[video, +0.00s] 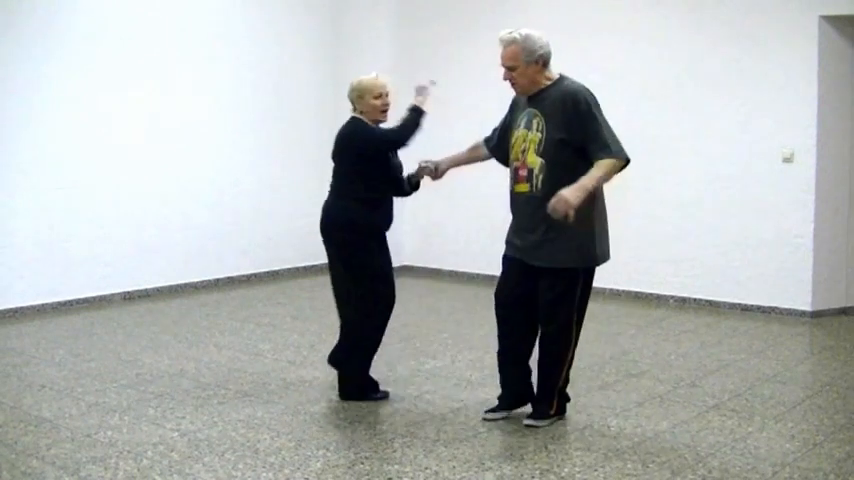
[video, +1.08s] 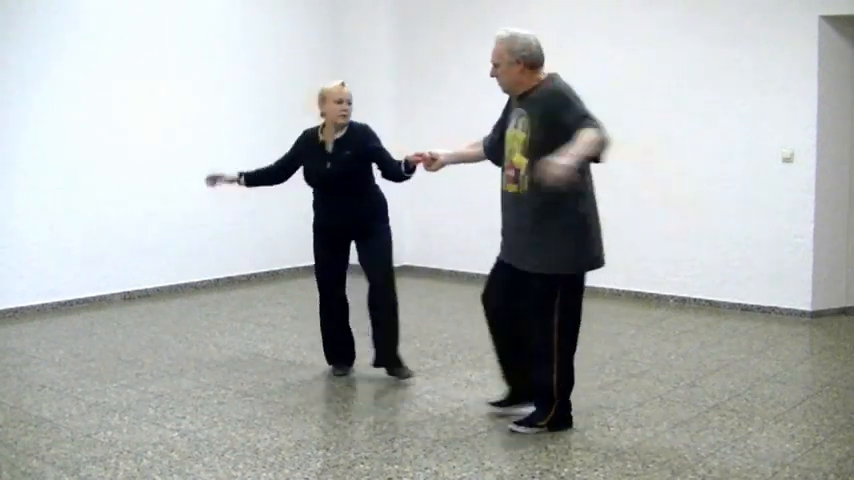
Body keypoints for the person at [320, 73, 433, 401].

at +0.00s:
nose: (386, 102)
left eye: (387, 96)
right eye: (378, 97)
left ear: (387, 100)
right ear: (360, 103)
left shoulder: (375, 137)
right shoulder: (357, 132)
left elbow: (393, 187)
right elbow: (396, 138)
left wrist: (417, 177)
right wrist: (417, 107)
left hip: (359, 229)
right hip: (355, 231)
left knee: (365, 297)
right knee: (376, 299)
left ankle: (349, 365)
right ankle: (354, 382)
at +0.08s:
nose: (378, 101)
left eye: (380, 95)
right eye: (369, 96)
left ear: (382, 99)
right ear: (352, 103)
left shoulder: (380, 137)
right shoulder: (342, 131)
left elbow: (396, 183)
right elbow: (361, 142)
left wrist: (420, 169)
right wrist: (389, 107)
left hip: (371, 230)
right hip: (340, 231)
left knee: (379, 304)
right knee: (347, 303)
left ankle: (355, 376)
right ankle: (349, 385)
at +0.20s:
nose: (361, 106)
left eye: (366, 100)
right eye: (354, 101)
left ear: (373, 104)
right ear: (342, 107)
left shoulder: (380, 140)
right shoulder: (331, 135)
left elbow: (404, 183)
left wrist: (434, 172)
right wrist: (350, 133)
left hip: (369, 233)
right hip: (333, 235)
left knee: (371, 306)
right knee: (341, 306)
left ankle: (359, 379)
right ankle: (345, 386)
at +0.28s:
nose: (354, 110)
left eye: (360, 104)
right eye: (347, 104)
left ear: (368, 108)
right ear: (337, 109)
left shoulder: (379, 143)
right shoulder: (323, 143)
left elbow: (407, 184)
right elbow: (287, 179)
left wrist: (442, 177)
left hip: (370, 236)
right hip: (329, 238)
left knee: (368, 306)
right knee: (337, 305)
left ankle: (359, 376)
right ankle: (339, 381)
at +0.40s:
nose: (341, 110)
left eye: (347, 105)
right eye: (335, 105)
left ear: (358, 109)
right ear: (327, 109)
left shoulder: (374, 143)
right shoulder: (314, 146)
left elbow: (403, 179)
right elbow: (291, 175)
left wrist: (432, 183)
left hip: (367, 234)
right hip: (325, 234)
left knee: (364, 302)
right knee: (327, 301)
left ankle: (356, 371)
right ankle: (324, 376)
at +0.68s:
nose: (318, 105)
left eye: (325, 100)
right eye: (314, 99)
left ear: (338, 105)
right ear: (309, 102)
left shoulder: (350, 136)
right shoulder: (307, 135)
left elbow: (376, 174)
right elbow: (300, 167)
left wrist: (386, 162)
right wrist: (273, 178)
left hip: (355, 228)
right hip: (321, 226)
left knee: (356, 294)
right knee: (319, 292)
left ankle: (360, 365)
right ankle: (344, 353)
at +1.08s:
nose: (345, 107)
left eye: (348, 102)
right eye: (338, 102)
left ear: (352, 106)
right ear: (322, 108)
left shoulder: (362, 135)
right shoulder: (309, 140)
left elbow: (392, 171)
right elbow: (279, 173)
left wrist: (409, 165)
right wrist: (237, 179)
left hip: (370, 222)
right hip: (329, 225)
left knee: (383, 284)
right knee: (330, 291)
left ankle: (388, 356)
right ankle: (340, 359)